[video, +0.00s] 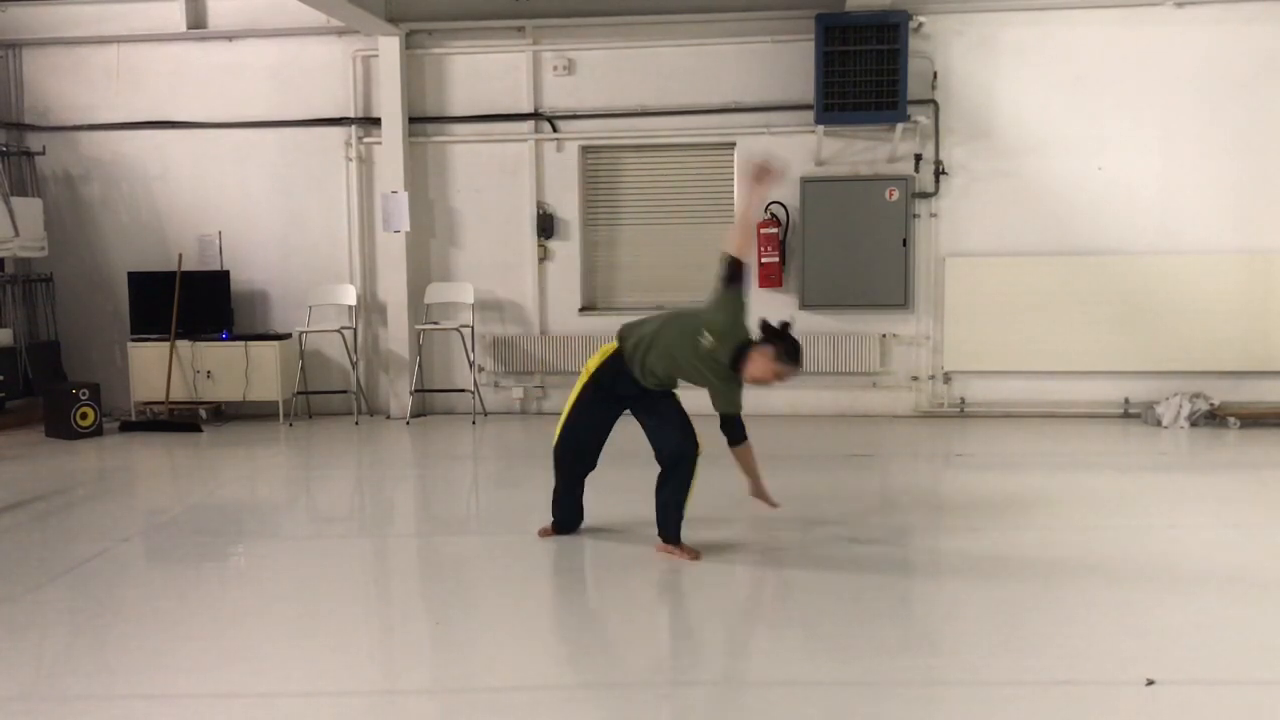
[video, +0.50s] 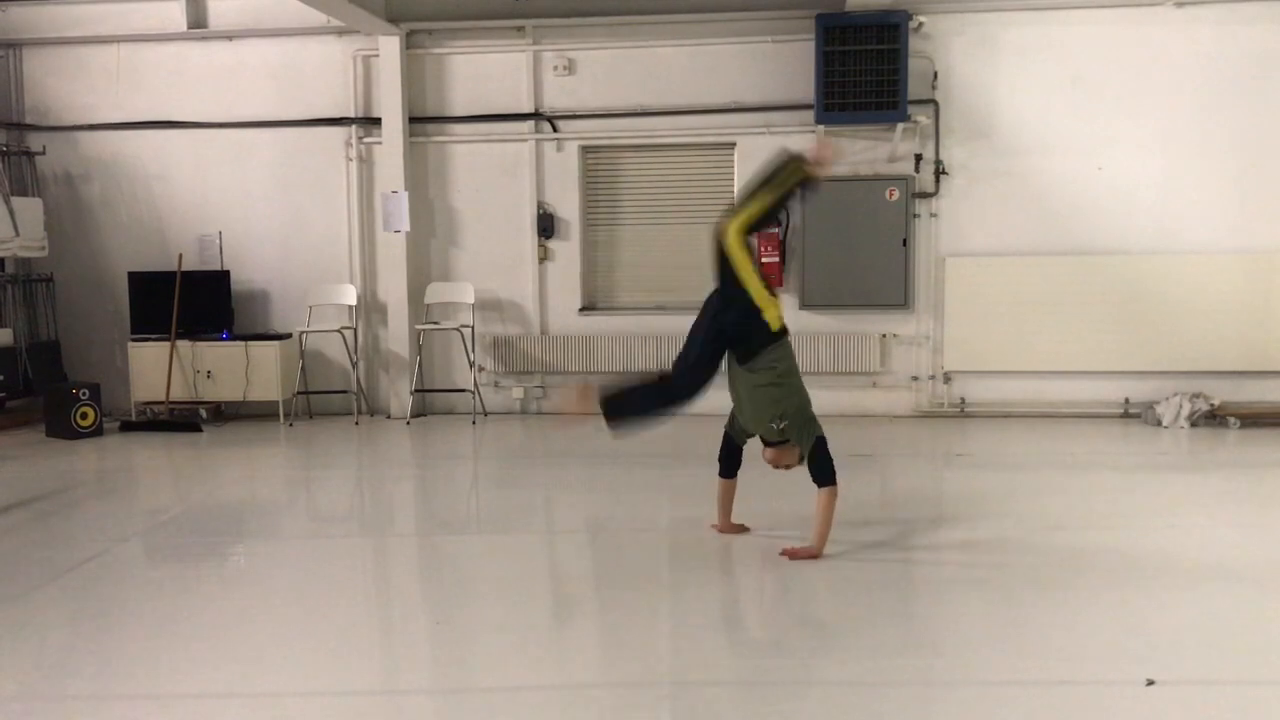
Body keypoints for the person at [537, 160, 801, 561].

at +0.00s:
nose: (771, 381)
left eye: (778, 378)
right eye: (775, 372)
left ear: (770, 367)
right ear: (763, 349)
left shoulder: (725, 384)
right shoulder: (727, 315)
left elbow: (736, 436)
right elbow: (736, 253)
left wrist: (756, 484)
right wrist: (753, 193)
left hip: (653, 387)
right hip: (617, 364)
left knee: (682, 451)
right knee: (570, 447)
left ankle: (669, 539)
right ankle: (566, 521)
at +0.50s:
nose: (773, 466)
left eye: (778, 467)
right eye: (781, 466)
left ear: (775, 445)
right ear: (793, 446)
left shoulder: (743, 421)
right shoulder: (807, 430)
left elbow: (728, 466)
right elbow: (829, 487)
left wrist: (724, 522)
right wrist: (817, 548)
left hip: (722, 314)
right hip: (758, 315)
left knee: (680, 386)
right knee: (732, 230)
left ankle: (600, 404)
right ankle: (800, 169)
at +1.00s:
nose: (727, 415)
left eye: (723, 414)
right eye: (728, 424)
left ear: (730, 401)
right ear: (741, 425)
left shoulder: (756, 372)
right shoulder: (781, 420)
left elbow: (722, 358)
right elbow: (802, 484)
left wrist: (693, 370)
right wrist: (815, 547)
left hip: (901, 376)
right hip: (879, 402)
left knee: (982, 331)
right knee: (960, 472)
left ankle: (1016, 417)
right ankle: (941, 560)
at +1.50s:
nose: (981, 355)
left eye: (983, 347)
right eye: (971, 350)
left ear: (988, 350)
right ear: (946, 360)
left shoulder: (987, 393)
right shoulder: (935, 401)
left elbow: (1013, 433)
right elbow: (913, 461)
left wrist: (1052, 460)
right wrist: (896, 511)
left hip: (965, 489)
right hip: (925, 498)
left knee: (1029, 459)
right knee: (988, 477)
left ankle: (999, 538)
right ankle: (943, 560)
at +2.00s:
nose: (1010, 411)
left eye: (1012, 403)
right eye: (1009, 401)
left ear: (985, 392)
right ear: (988, 392)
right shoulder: (968, 409)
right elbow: (1025, 440)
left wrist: (853, 507)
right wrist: (1050, 466)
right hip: (910, 510)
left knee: (998, 451)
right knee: (980, 463)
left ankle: (999, 537)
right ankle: (947, 557)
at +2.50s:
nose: (809, 447)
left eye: (815, 442)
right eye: (812, 439)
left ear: (800, 421)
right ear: (799, 422)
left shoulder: (775, 436)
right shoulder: (755, 427)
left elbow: (793, 481)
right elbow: (707, 470)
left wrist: (822, 506)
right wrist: (692, 526)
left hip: (731, 490)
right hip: (707, 499)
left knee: (805, 507)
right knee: (788, 525)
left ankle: (897, 523)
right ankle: (883, 542)